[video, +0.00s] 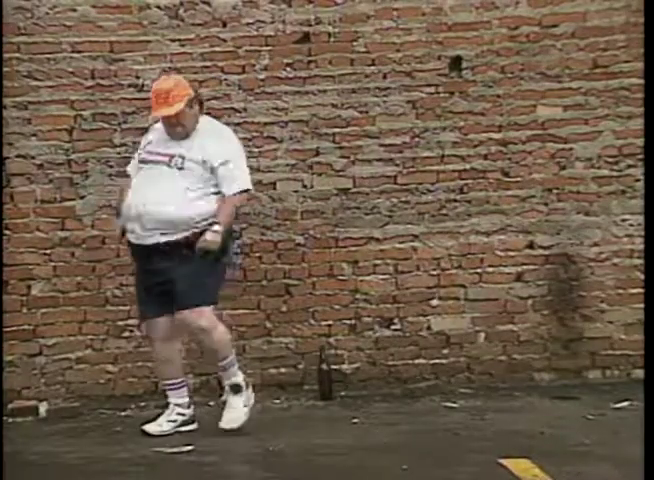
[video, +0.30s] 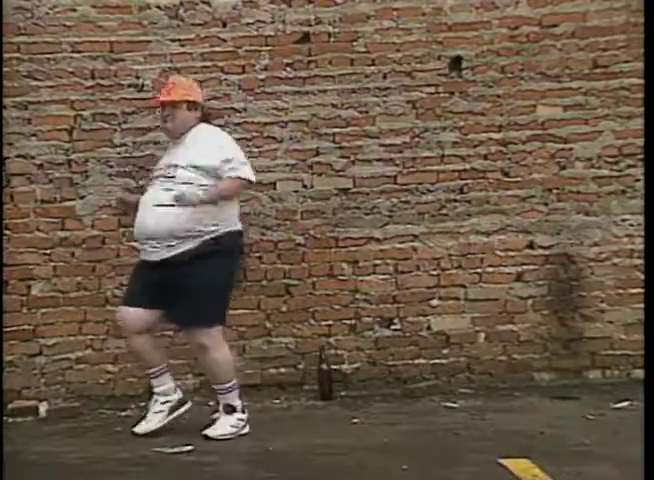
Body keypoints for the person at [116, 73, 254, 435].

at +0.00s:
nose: (170, 122)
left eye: (177, 114)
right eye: (164, 116)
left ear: (194, 104)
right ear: (156, 112)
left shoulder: (219, 138)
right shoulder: (154, 135)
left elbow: (235, 191)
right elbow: (136, 179)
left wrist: (218, 229)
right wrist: (127, 217)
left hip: (195, 243)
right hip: (149, 246)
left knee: (196, 317)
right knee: (159, 329)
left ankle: (237, 389)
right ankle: (180, 408)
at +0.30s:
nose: (164, 115)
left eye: (171, 108)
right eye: (161, 109)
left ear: (193, 109)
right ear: (162, 112)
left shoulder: (212, 138)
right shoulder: (175, 148)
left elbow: (240, 180)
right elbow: (174, 196)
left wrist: (202, 196)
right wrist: (139, 202)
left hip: (207, 250)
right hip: (163, 253)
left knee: (206, 335)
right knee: (132, 320)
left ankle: (233, 412)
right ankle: (167, 394)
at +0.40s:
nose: (151, 111)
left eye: (158, 105)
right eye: (148, 105)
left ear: (180, 107)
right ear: (148, 109)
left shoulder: (202, 137)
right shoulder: (156, 149)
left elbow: (216, 182)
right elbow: (150, 200)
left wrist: (168, 182)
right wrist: (107, 201)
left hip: (217, 246)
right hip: (172, 253)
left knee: (216, 330)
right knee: (149, 321)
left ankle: (234, 411)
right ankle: (170, 403)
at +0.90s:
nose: (150, 117)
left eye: (155, 109)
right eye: (146, 111)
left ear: (176, 100)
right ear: (145, 109)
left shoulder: (210, 129)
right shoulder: (148, 135)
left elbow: (229, 172)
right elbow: (144, 181)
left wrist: (214, 215)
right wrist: (133, 222)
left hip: (191, 242)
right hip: (141, 243)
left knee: (199, 329)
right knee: (148, 328)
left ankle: (217, 407)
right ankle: (173, 408)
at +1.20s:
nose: (164, 111)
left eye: (171, 104)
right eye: (160, 105)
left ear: (193, 105)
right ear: (156, 107)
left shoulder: (216, 140)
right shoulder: (154, 141)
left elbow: (246, 192)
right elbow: (135, 184)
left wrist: (218, 188)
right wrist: (100, 185)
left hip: (200, 252)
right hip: (146, 251)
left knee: (200, 334)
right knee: (124, 322)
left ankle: (217, 411)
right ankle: (161, 395)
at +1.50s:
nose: (139, 129)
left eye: (147, 122)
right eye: (135, 122)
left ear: (168, 121)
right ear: (131, 122)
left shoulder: (190, 147)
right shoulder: (124, 150)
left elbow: (192, 178)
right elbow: (83, 176)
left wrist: (165, 202)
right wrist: (54, 202)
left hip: (200, 260)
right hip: (142, 261)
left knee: (206, 333)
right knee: (138, 333)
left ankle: (218, 411)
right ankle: (160, 412)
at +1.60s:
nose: (134, 128)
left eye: (141, 121)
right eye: (131, 121)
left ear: (163, 119)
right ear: (128, 120)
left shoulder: (185, 142)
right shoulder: (125, 151)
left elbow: (191, 176)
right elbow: (95, 178)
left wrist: (182, 212)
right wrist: (76, 203)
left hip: (189, 259)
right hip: (136, 261)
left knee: (196, 337)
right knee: (136, 335)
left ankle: (216, 411)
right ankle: (160, 413)